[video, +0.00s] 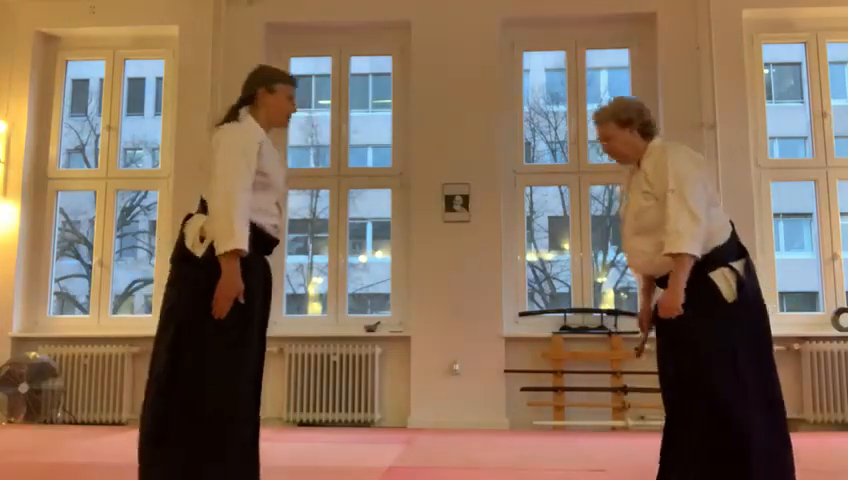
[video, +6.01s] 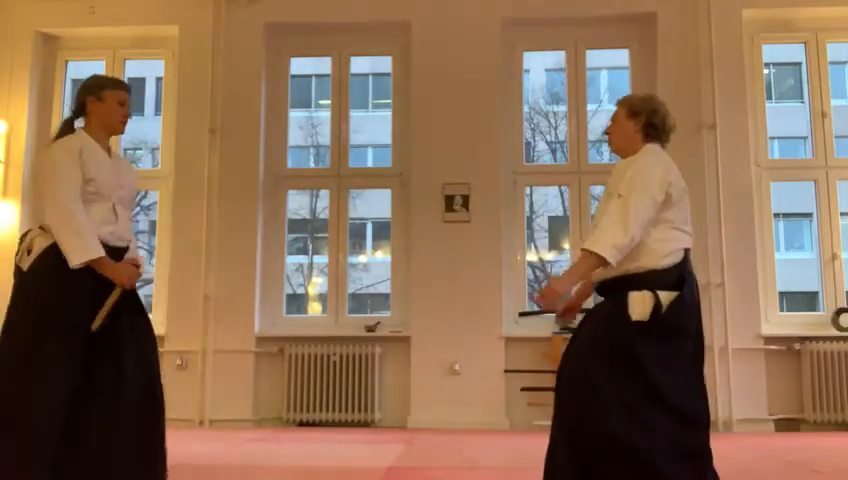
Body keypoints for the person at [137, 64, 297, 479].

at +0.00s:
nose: (293, 107)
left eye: (293, 100)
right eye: (288, 99)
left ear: (266, 98)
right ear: (263, 96)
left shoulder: (257, 139)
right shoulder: (239, 134)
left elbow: (243, 202)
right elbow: (228, 197)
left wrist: (247, 268)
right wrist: (230, 267)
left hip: (245, 263)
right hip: (227, 264)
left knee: (232, 381)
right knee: (218, 380)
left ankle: (224, 470)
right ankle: (210, 472)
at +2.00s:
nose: (269, 100)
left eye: (269, 93)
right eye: (263, 92)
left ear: (244, 96)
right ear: (236, 94)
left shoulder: (243, 136)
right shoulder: (225, 134)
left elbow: (241, 202)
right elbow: (222, 199)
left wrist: (262, 258)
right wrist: (239, 265)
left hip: (247, 257)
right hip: (229, 260)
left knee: (245, 367)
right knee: (231, 367)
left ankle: (241, 463)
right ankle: (227, 465)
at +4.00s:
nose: (279, 105)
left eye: (280, 97)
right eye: (273, 95)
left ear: (248, 93)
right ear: (247, 90)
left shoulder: (237, 133)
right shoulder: (237, 133)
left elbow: (261, 199)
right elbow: (258, 199)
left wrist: (317, 202)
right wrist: (319, 202)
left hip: (212, 252)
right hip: (223, 256)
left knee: (216, 363)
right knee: (231, 362)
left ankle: (212, 466)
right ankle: (230, 467)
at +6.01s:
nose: (126, 113)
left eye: (128, 107)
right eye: (119, 104)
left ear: (116, 112)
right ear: (91, 105)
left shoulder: (118, 165)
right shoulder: (63, 150)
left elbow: (121, 222)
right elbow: (63, 212)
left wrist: (131, 256)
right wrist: (104, 264)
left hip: (110, 273)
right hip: (62, 271)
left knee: (127, 376)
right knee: (58, 377)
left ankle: (117, 468)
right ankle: (55, 469)